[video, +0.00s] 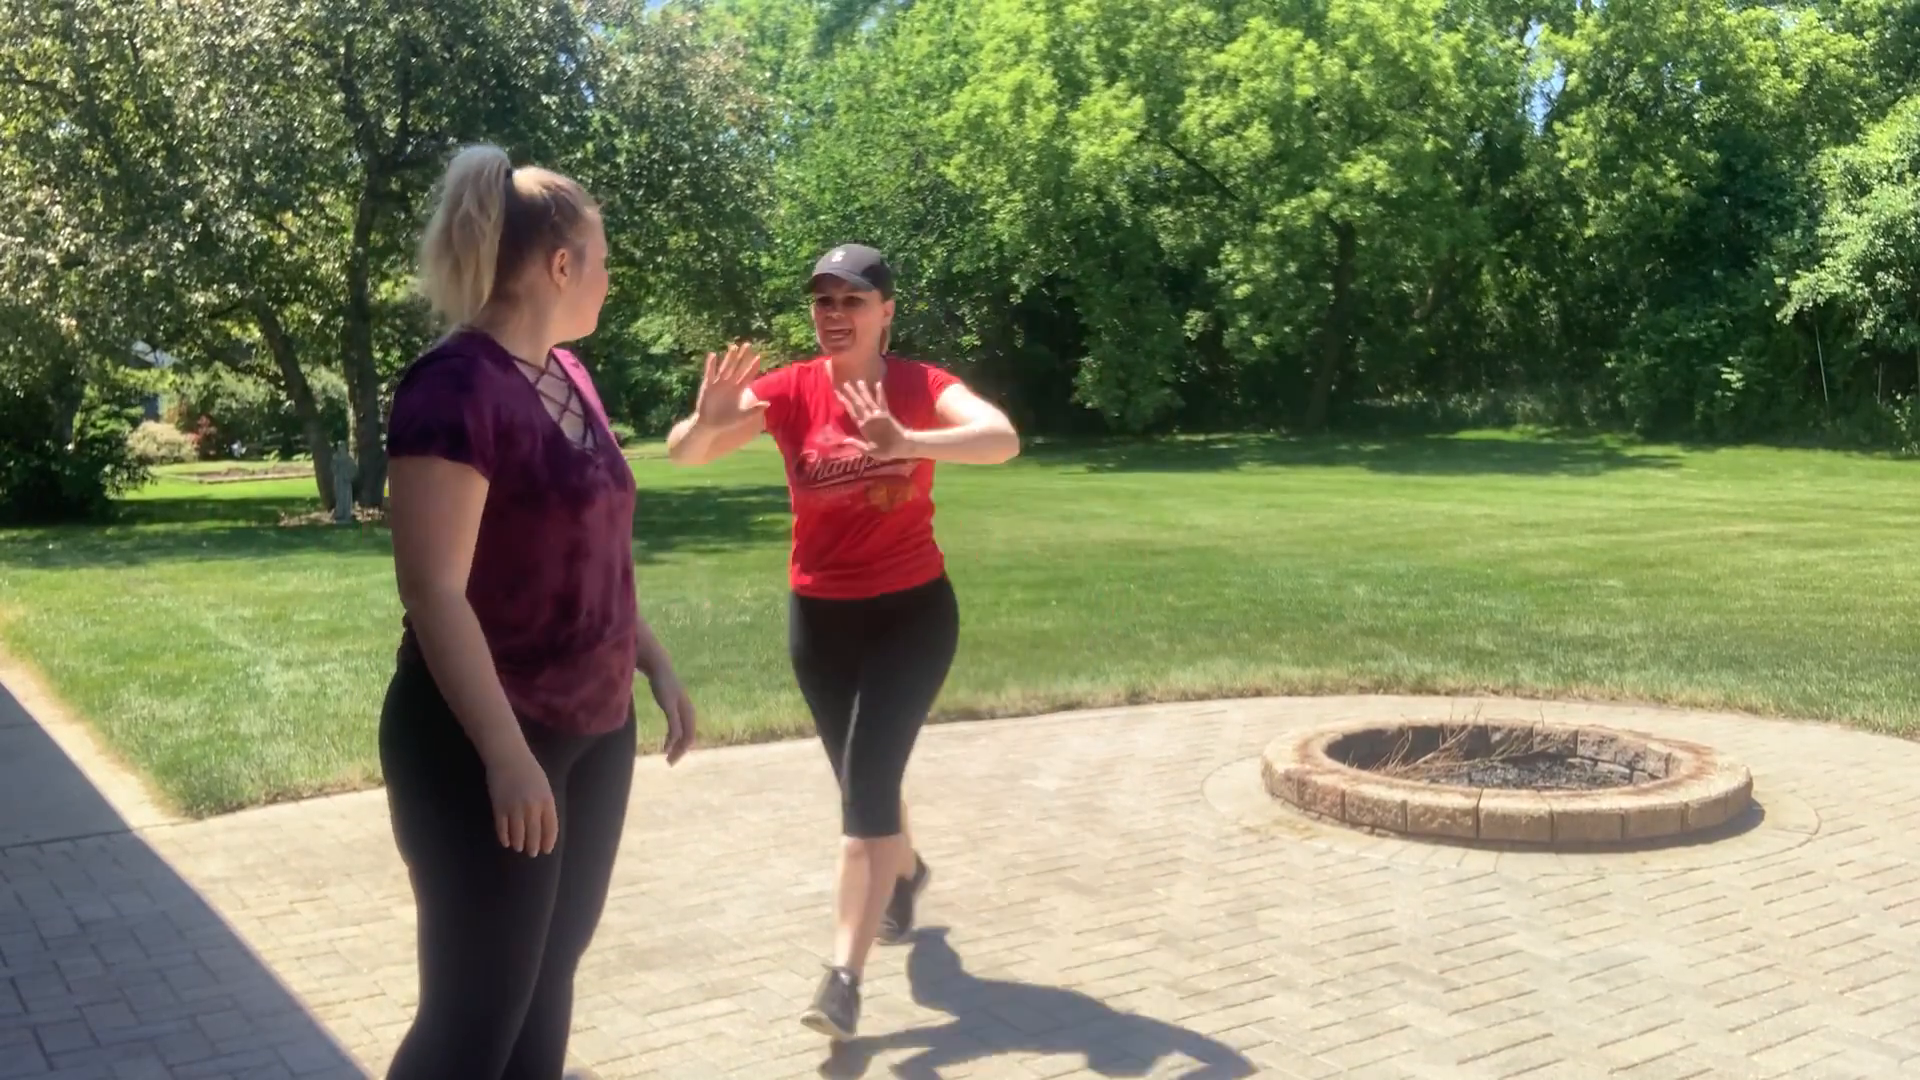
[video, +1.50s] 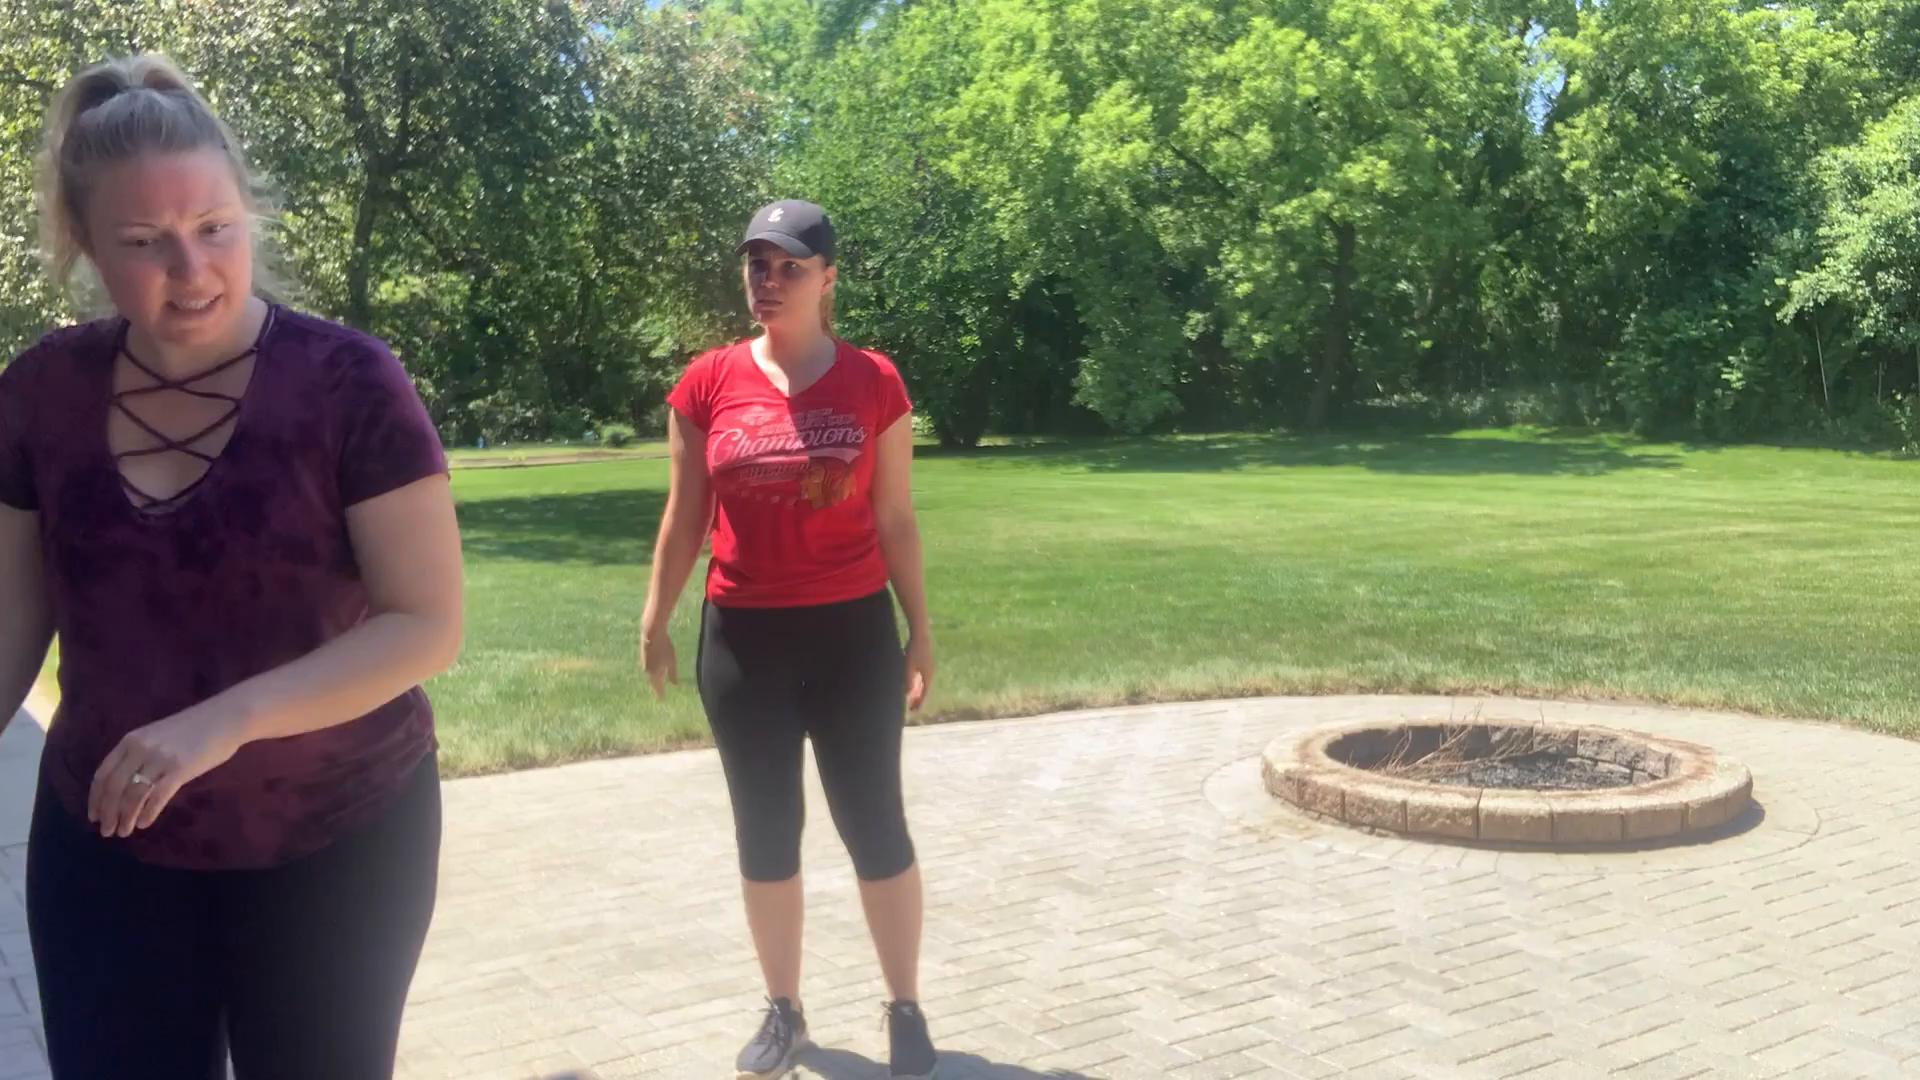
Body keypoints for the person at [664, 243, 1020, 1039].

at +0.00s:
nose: (835, 314)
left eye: (852, 301)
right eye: (823, 301)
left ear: (887, 310)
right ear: (811, 310)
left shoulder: (918, 385)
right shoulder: (787, 388)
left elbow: (1001, 438)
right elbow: (686, 455)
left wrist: (910, 442)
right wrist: (705, 420)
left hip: (911, 609)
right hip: (819, 613)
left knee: (866, 776)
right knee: (854, 772)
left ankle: (845, 972)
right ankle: (903, 867)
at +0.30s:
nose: (730, 357)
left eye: (753, 345)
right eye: (722, 341)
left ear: (800, 362)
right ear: (711, 350)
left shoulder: (824, 448)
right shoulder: (694, 437)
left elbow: (763, 550)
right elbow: (605, 501)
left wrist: (618, 564)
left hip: (840, 681)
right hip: (739, 671)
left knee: (787, 861)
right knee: (691, 855)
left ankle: (795, 1037)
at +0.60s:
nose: (656, 343)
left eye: (678, 328)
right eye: (644, 326)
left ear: (732, 334)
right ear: (634, 330)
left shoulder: (771, 414)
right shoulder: (628, 412)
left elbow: (721, 525)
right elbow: (575, 498)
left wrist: (613, 589)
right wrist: (527, 570)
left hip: (791, 668)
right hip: (680, 667)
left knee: (774, 885)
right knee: (669, 886)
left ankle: (820, 1018)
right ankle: (699, 1074)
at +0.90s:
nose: (704, 292)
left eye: (726, 277)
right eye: (692, 279)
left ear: (773, 293)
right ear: (680, 295)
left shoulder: (816, 378)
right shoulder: (669, 385)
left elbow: (822, 472)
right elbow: (630, 405)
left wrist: (725, 504)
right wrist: (597, 405)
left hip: (818, 639)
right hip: (704, 645)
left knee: (853, 853)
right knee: (698, 876)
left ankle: (911, 1004)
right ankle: (700, 1072)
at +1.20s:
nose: (762, 286)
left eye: (780, 272)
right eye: (750, 271)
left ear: (822, 280)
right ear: (735, 281)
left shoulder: (873, 375)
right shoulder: (716, 384)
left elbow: (951, 490)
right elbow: (651, 500)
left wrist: (925, 605)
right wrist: (692, 558)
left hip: (865, 633)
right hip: (753, 638)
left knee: (886, 835)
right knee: (736, 847)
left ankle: (906, 1013)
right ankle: (759, 1016)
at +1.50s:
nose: (767, 279)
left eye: (787, 266)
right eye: (756, 264)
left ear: (827, 275)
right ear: (742, 275)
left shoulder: (871, 379)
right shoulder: (706, 383)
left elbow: (895, 516)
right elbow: (685, 512)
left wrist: (920, 625)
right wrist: (655, 616)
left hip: (855, 633)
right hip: (742, 638)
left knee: (875, 827)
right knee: (765, 833)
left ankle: (905, 1008)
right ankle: (781, 1008)